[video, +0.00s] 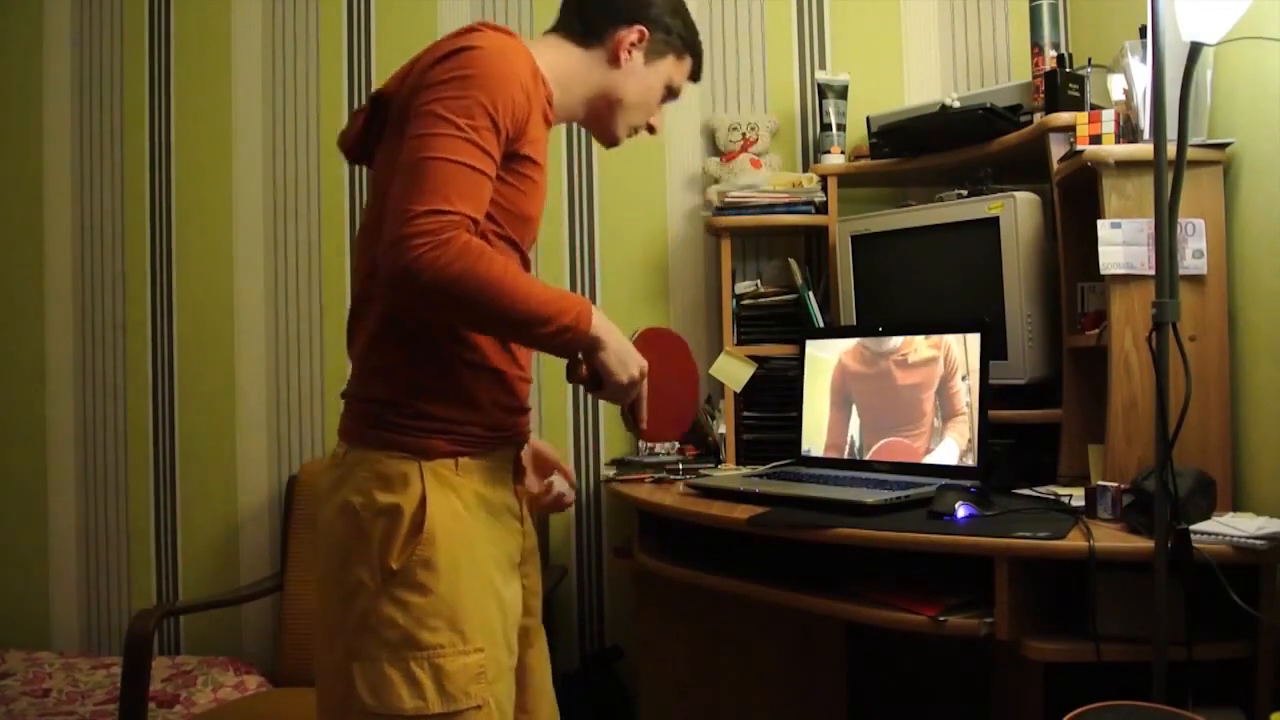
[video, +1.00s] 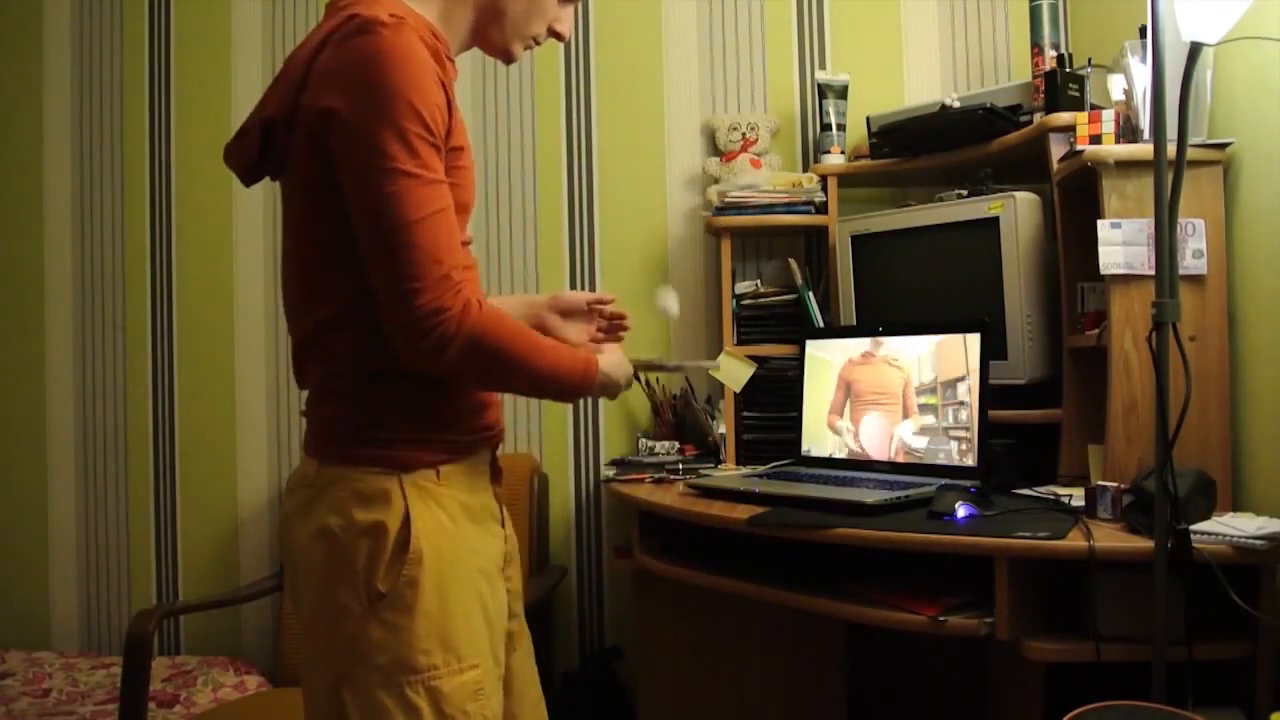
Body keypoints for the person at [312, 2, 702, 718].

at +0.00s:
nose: (656, 123)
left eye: (671, 103)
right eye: (669, 91)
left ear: (627, 48)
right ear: (630, 45)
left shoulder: (518, 102)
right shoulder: (487, 66)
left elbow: (449, 307)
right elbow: (425, 249)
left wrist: (512, 441)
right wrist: (587, 324)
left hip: (481, 488)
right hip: (421, 493)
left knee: (518, 706)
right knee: (441, 706)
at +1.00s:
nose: (565, 26)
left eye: (574, 9)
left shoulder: (408, 55)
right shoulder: (385, 50)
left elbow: (411, 298)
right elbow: (437, 322)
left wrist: (529, 314)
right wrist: (590, 370)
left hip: (448, 495)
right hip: (398, 509)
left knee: (510, 709)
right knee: (426, 709)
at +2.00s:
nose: (594, 60)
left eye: (606, 37)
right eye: (599, 27)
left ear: (534, 7)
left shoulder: (470, 111)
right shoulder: (353, 60)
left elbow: (470, 308)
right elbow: (294, 277)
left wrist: (561, 370)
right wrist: (483, 362)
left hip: (448, 495)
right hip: (343, 498)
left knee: (492, 708)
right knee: (360, 707)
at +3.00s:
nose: (468, 27)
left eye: (476, 6)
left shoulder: (333, 111)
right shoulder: (182, 47)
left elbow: (311, 306)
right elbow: (26, 256)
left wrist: (466, 361)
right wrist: (191, 416)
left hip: (321, 524)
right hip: (189, 533)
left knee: (416, 707)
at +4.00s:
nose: (405, 29)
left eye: (410, 7)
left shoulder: (243, 96)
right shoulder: (101, 63)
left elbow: (210, 339)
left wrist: (383, 366)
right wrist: (341, 343)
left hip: (252, 552)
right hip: (110, 567)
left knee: (353, 710)